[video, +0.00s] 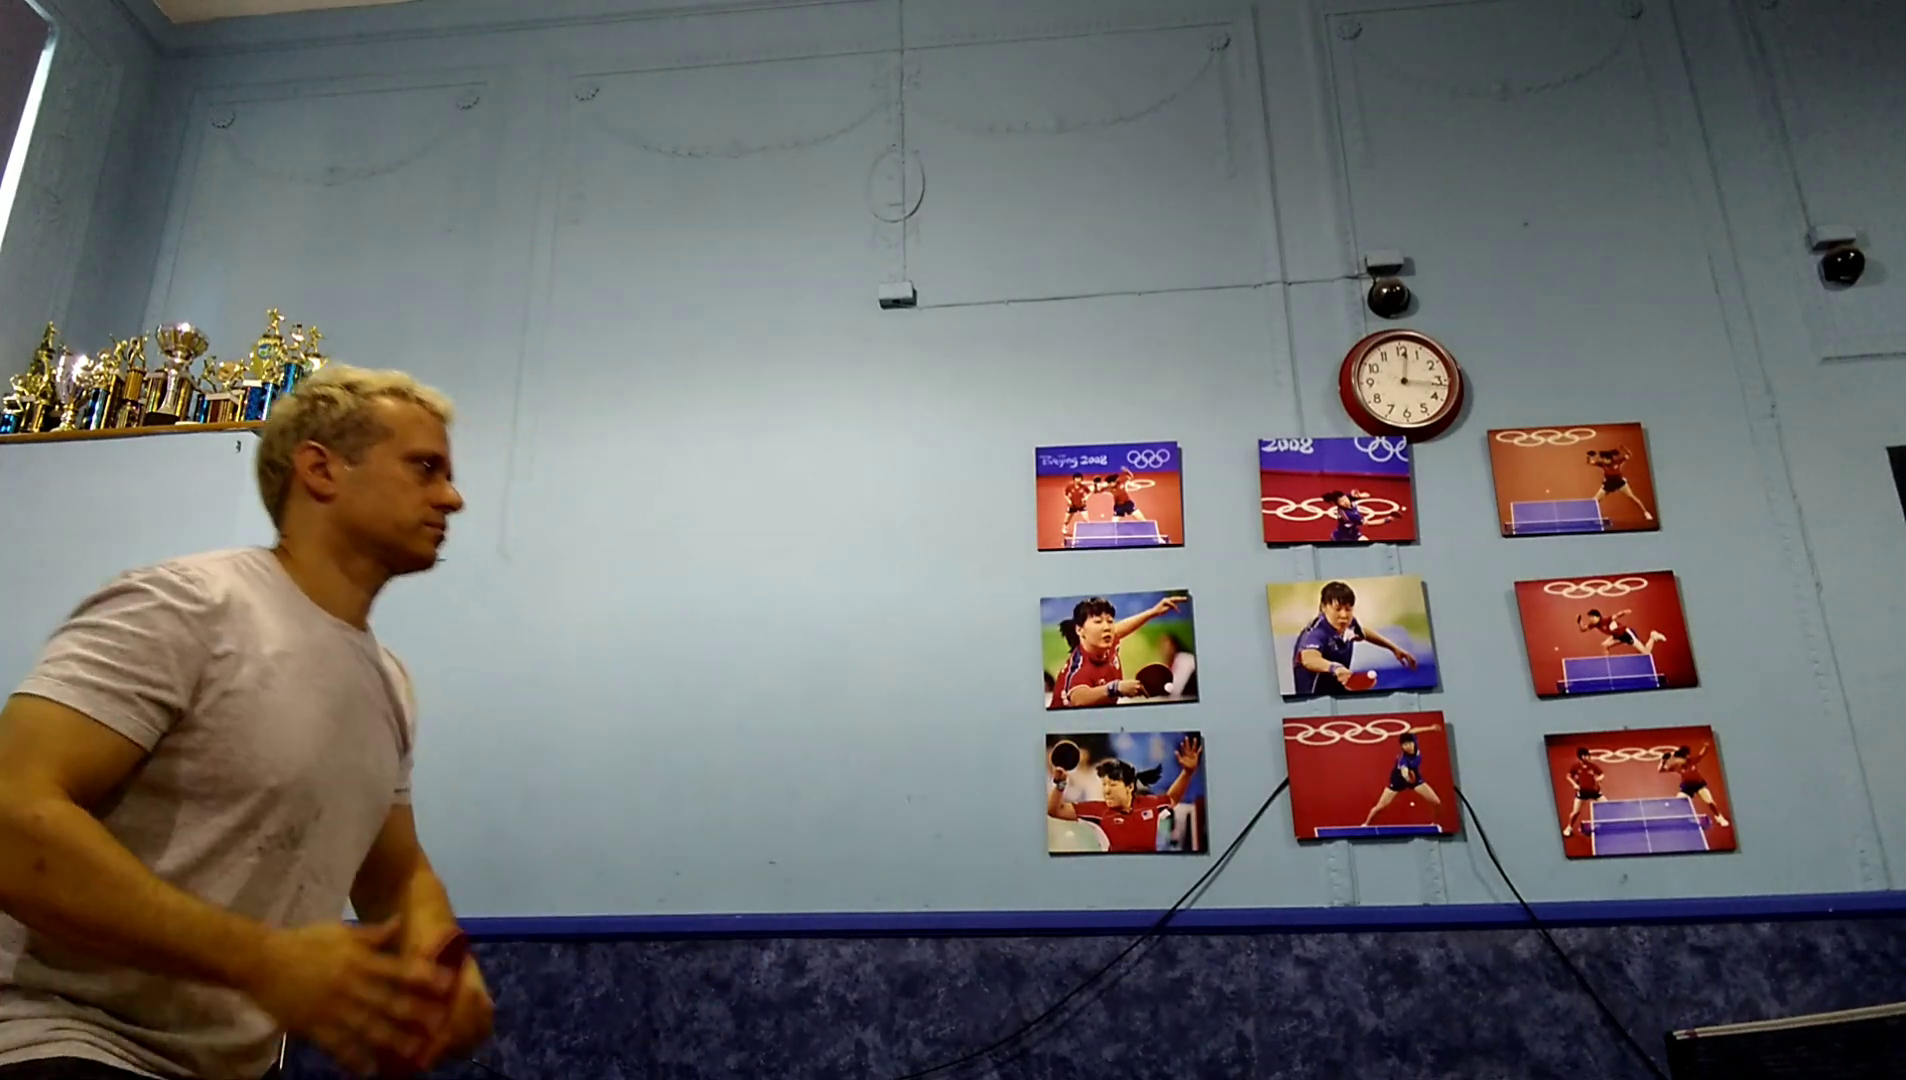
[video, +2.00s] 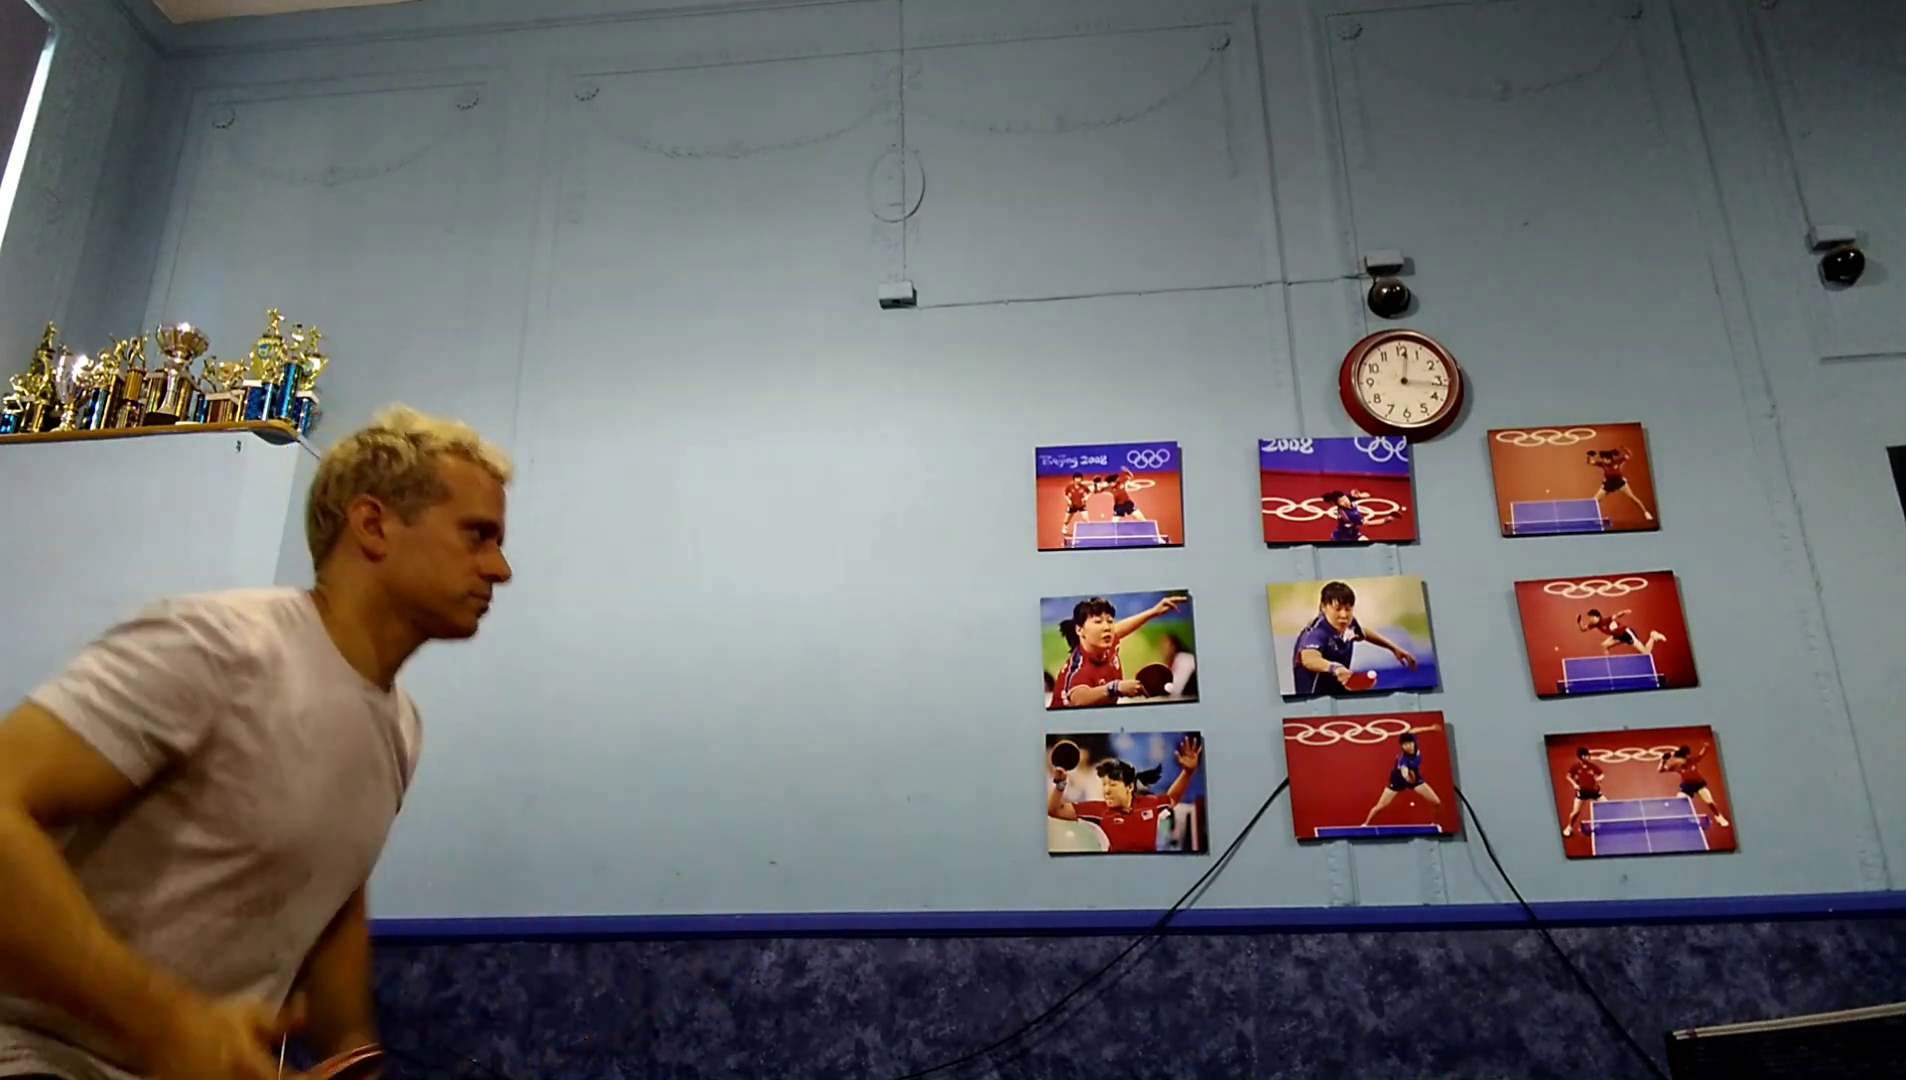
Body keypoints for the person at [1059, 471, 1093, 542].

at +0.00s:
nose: (1078, 481)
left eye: (1079, 479)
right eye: (1077, 479)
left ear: (1081, 480)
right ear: (1074, 480)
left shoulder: (1083, 487)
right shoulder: (1070, 487)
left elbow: (1089, 492)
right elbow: (1065, 494)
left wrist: (1085, 498)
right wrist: (1068, 501)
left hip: (1081, 505)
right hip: (1072, 505)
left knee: (1086, 519)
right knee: (1066, 520)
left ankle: (1089, 530)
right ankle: (1064, 528)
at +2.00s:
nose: (1078, 480)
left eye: (1079, 479)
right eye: (1077, 479)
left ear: (1081, 479)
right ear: (1074, 479)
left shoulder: (1083, 487)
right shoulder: (1070, 487)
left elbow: (1090, 492)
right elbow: (1065, 494)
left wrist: (1085, 498)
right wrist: (1069, 501)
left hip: (1081, 505)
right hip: (1073, 505)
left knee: (1086, 519)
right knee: (1066, 520)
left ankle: (1090, 531)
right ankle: (1064, 529)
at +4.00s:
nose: (1078, 481)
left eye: (1079, 479)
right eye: (1077, 479)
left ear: (1081, 479)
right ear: (1074, 480)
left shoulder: (1083, 487)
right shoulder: (1070, 487)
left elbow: (1089, 492)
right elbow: (1065, 494)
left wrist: (1085, 498)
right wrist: (1068, 500)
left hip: (1081, 505)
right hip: (1072, 505)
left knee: (1086, 519)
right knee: (1066, 520)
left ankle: (1090, 530)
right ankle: (1064, 529)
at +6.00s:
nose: (1078, 481)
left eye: (1079, 479)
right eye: (1077, 479)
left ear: (1081, 479)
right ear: (1074, 480)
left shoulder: (1083, 487)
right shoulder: (1070, 487)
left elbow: (1089, 492)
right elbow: (1065, 494)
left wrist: (1085, 498)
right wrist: (1068, 500)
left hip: (1081, 505)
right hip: (1072, 505)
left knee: (1086, 519)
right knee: (1066, 520)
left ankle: (1090, 531)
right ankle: (1064, 528)